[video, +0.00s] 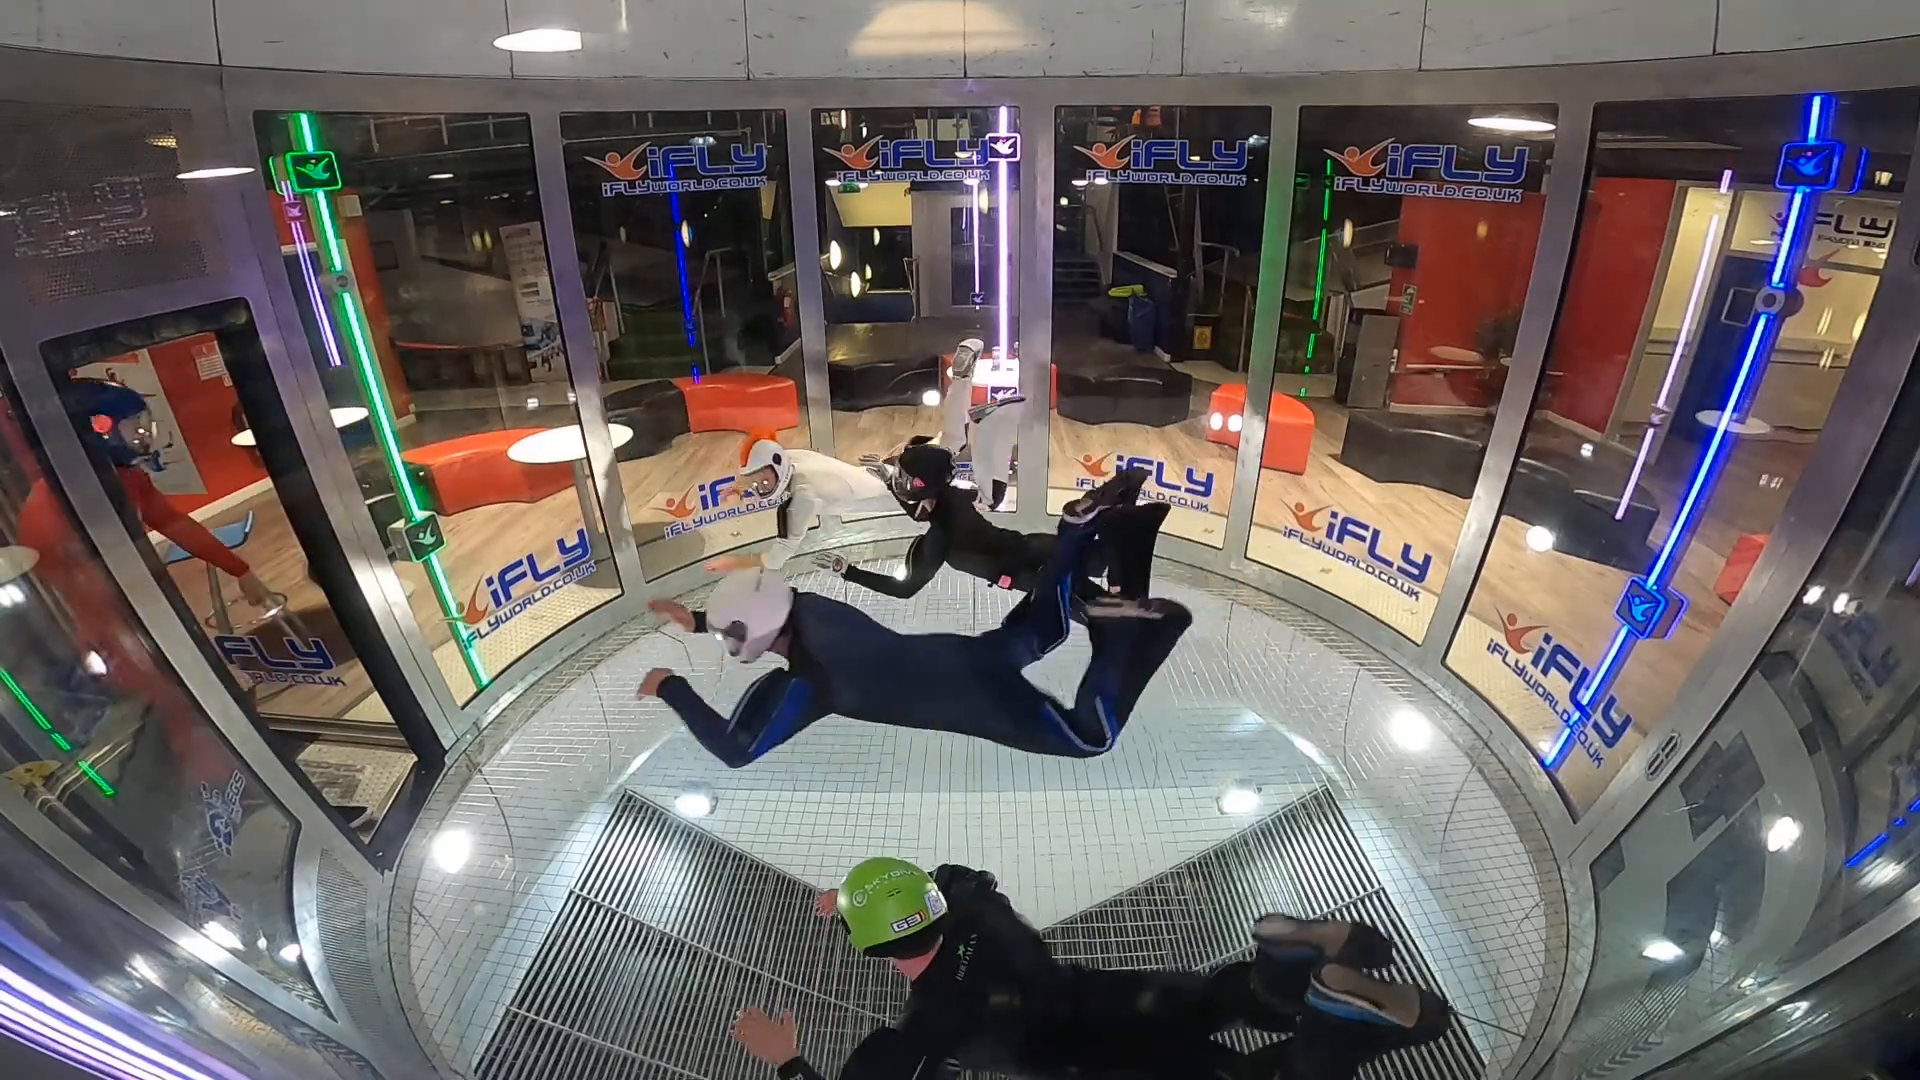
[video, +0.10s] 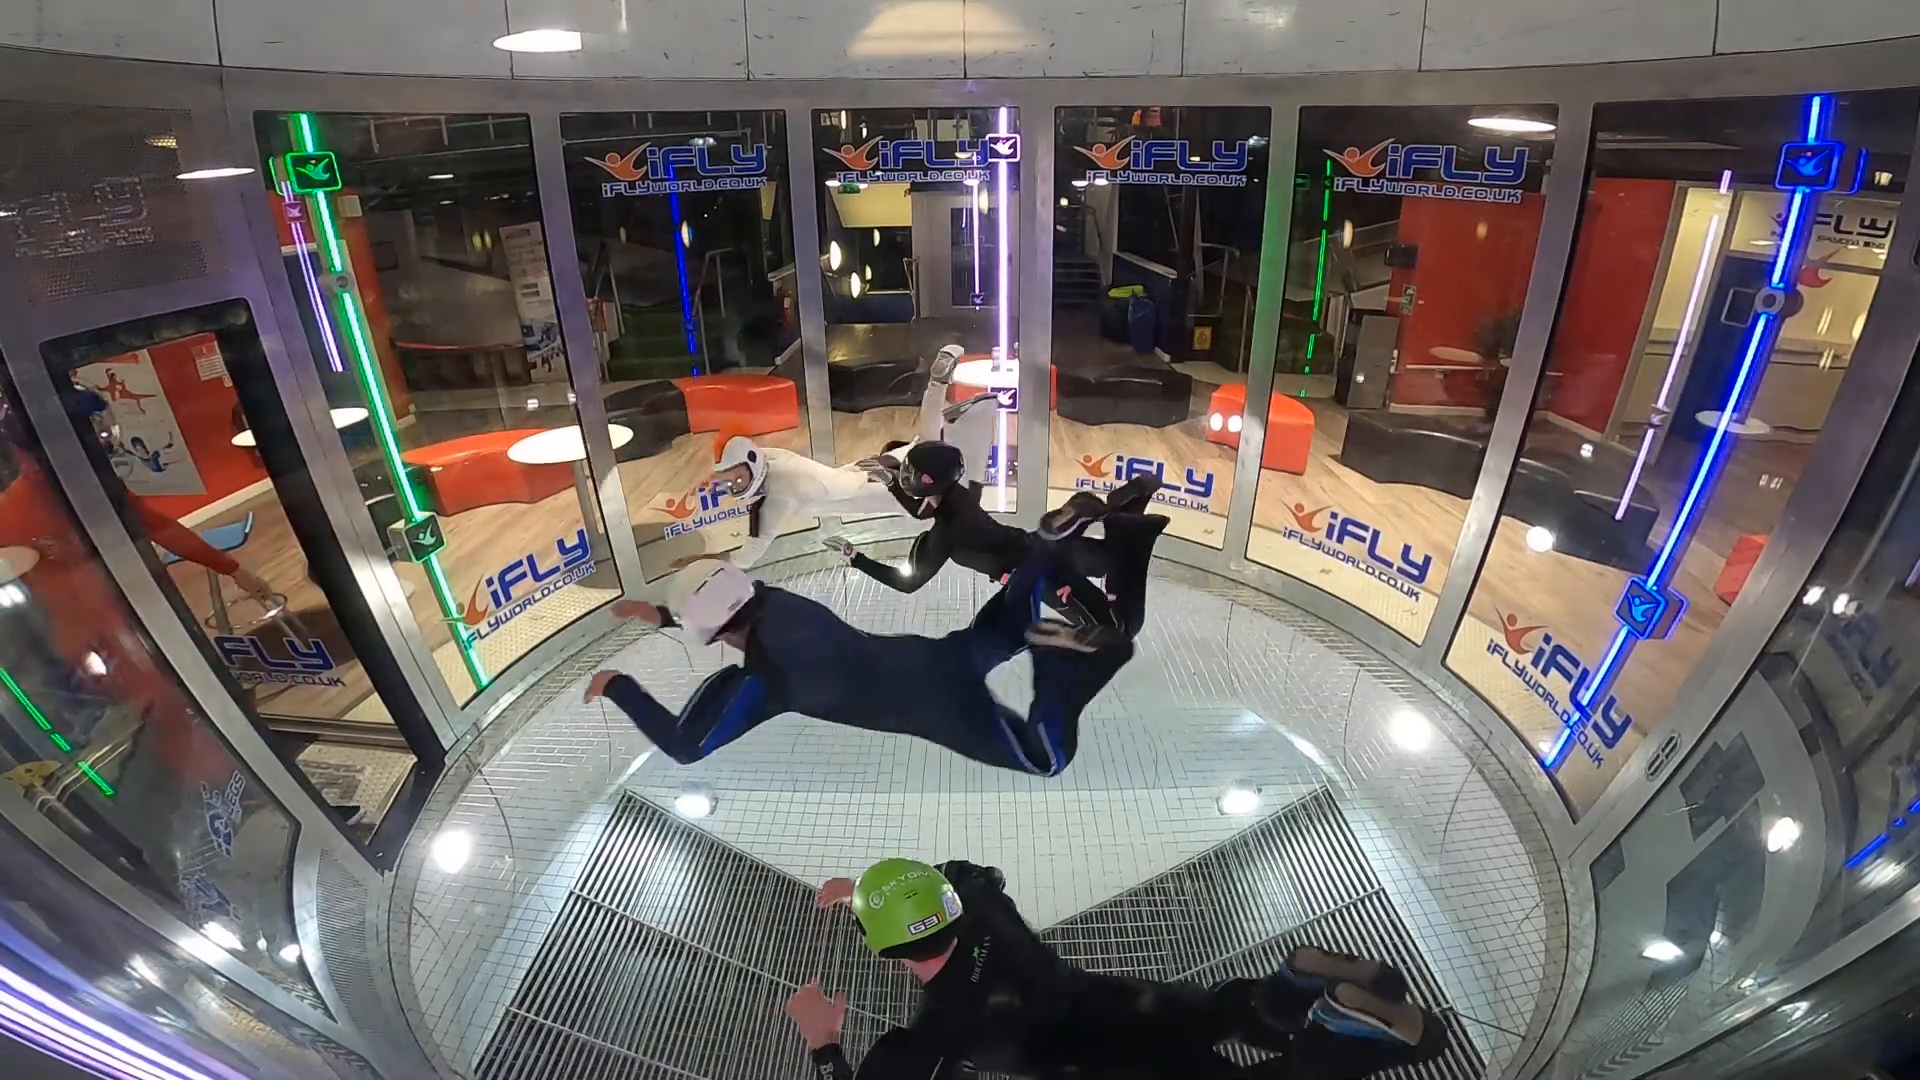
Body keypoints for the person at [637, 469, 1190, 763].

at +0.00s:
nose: (736, 645)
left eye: (741, 638)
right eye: (733, 636)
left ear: (764, 635)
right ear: (772, 609)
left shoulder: (802, 681)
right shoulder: (806, 609)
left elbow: (737, 748)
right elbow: (755, 612)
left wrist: (672, 690)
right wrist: (697, 617)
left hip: (977, 696)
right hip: (969, 651)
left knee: (1090, 736)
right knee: (1043, 623)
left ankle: (1129, 628)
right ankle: (1088, 526)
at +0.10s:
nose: (716, 642)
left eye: (715, 635)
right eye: (712, 633)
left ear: (730, 634)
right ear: (749, 600)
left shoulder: (764, 681)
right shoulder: (782, 604)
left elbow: (686, 744)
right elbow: (724, 601)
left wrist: (619, 688)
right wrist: (661, 615)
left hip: (939, 709)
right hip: (937, 654)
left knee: (1049, 753)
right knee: (997, 631)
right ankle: (1056, 551)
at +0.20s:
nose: (676, 634)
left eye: (674, 625)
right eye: (672, 622)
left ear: (684, 622)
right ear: (707, 588)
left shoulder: (723, 676)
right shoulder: (742, 593)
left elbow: (638, 740)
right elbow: (682, 585)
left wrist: (576, 675)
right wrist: (622, 616)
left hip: (906, 711)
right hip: (902, 657)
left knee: (1005, 768)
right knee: (968, 636)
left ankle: (1004, 670)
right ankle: (992, 556)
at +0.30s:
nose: (623, 621)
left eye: (623, 614)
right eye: (622, 611)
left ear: (639, 620)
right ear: (668, 579)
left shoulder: (680, 677)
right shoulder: (709, 593)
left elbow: (583, 733)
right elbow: (655, 589)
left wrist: (516, 665)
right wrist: (601, 610)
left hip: (872, 710)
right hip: (874, 659)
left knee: (976, 771)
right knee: (942, 616)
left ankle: (974, 652)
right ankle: (949, 538)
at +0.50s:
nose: (560, 607)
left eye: (556, 607)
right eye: (564, 590)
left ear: (570, 621)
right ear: (606, 579)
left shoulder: (610, 680)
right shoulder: (652, 598)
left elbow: (506, 729)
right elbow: (598, 578)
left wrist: (434, 655)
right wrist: (545, 562)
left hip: (814, 728)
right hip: (819, 675)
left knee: (926, 781)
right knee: (886, 646)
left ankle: (947, 647)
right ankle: (895, 543)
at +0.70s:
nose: (518, 621)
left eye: (522, 611)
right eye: (521, 608)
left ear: (543, 619)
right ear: (589, 588)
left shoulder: (571, 685)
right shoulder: (624, 617)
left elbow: (447, 740)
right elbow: (551, 598)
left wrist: (358, 674)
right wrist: (491, 593)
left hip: (788, 764)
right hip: (799, 707)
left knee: (904, 828)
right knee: (878, 673)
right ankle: (882, 566)